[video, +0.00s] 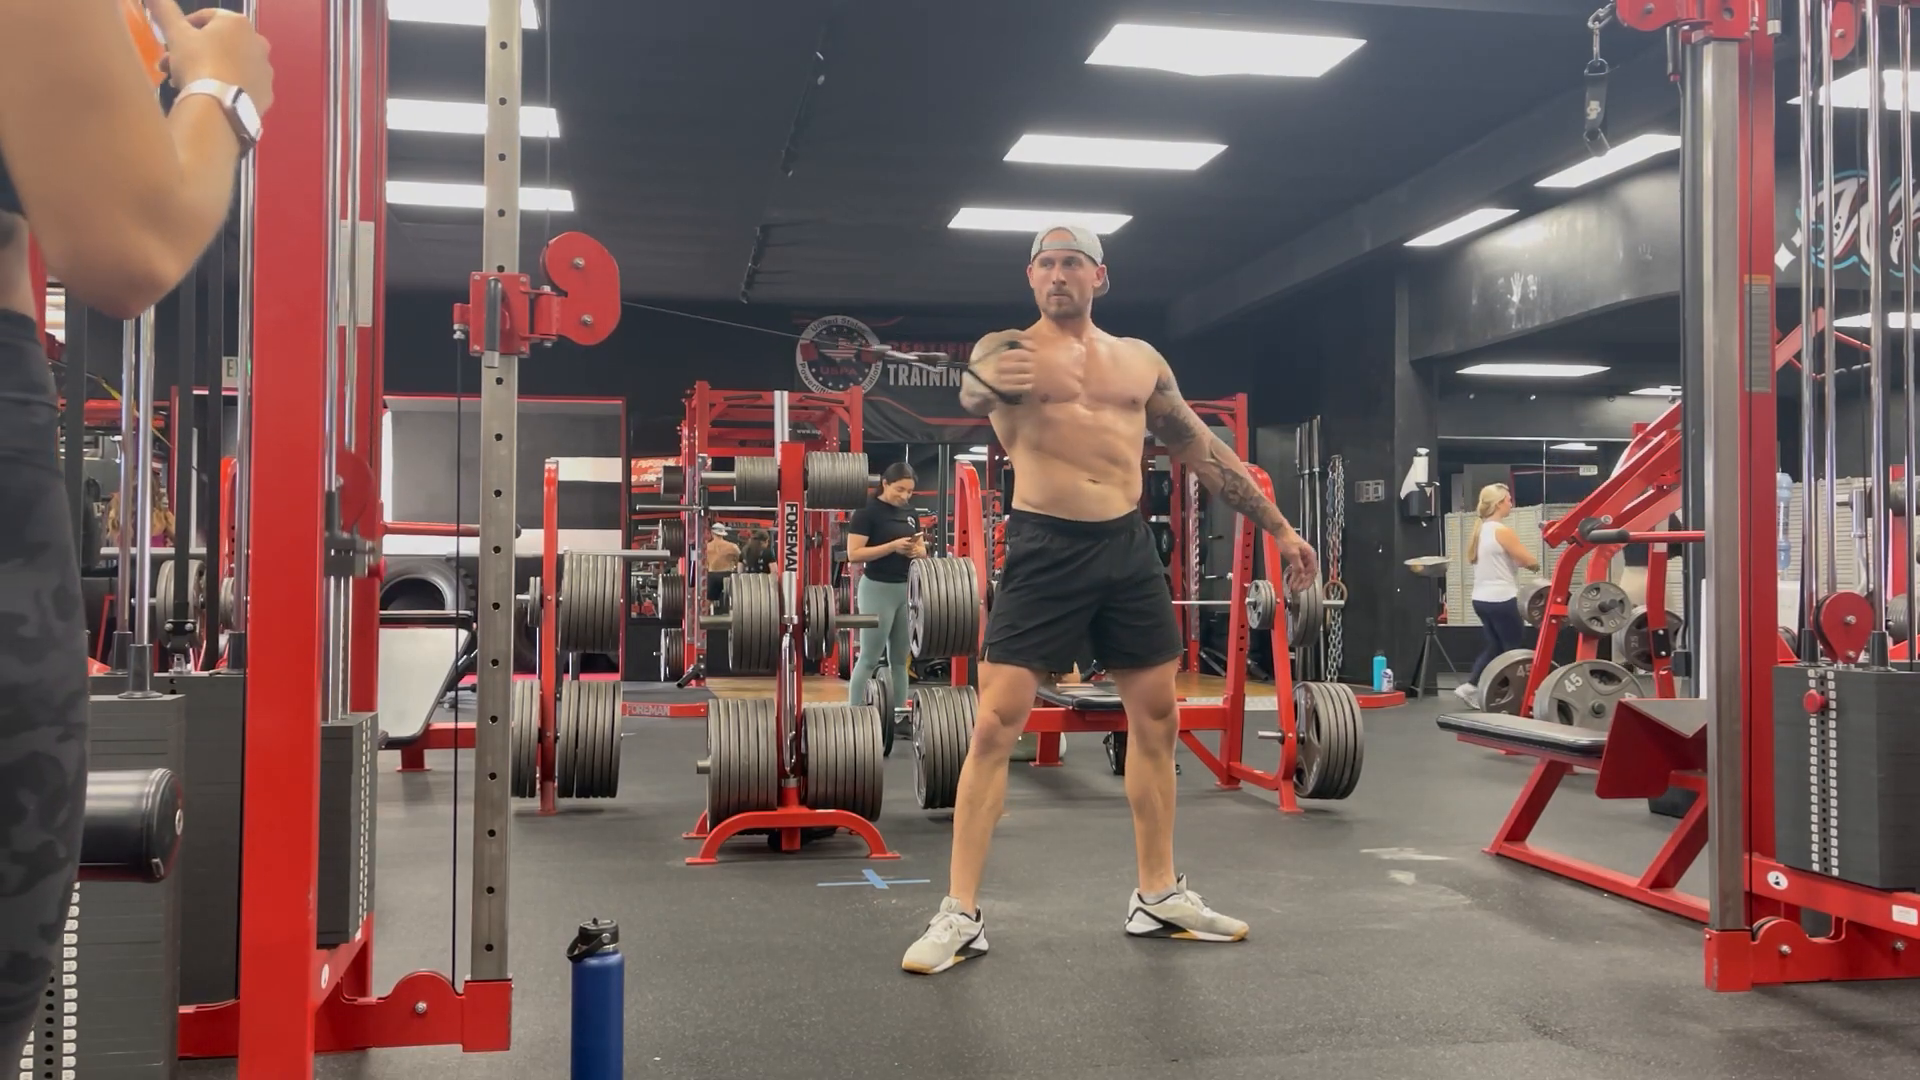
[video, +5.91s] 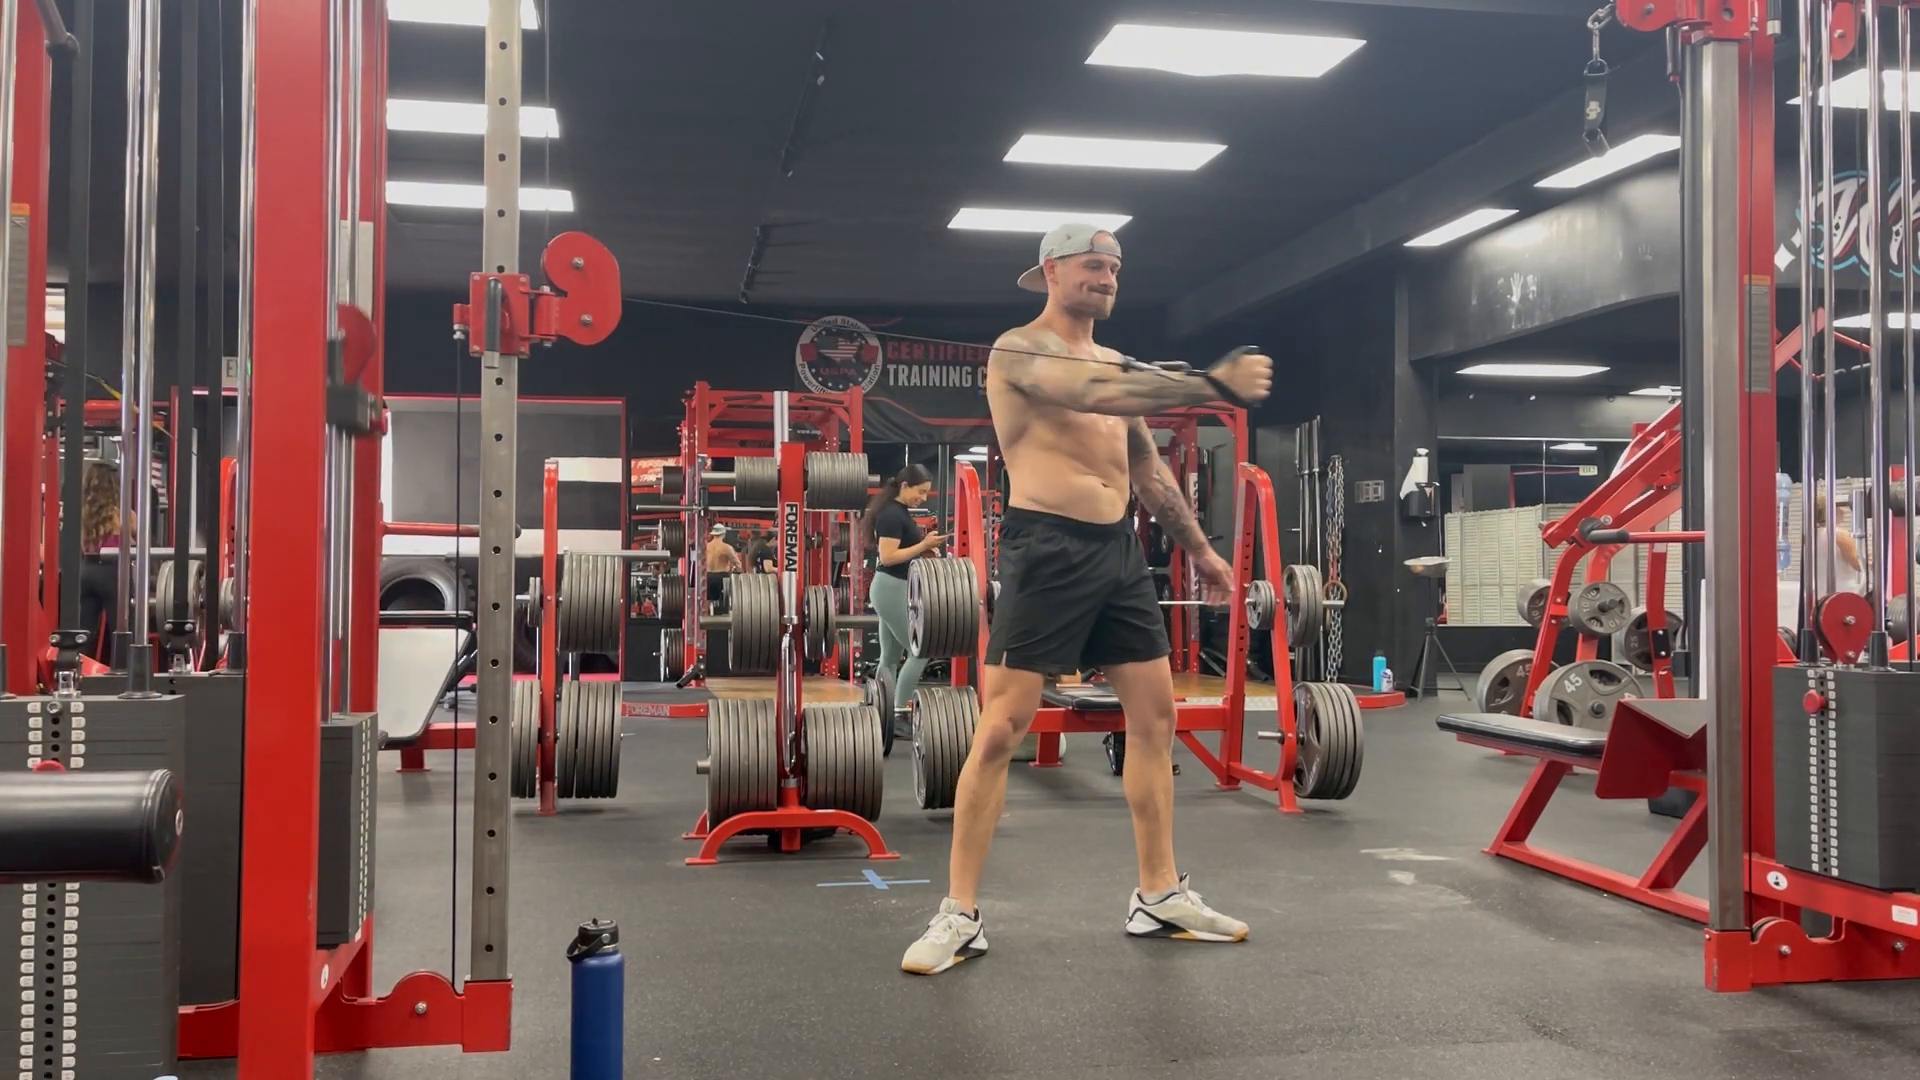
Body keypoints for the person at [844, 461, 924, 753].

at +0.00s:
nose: (905, 496)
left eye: (909, 491)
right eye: (900, 490)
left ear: (912, 490)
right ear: (885, 484)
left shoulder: (909, 514)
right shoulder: (867, 513)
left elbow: (921, 551)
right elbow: (853, 553)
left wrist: (919, 549)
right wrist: (892, 547)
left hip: (904, 591)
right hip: (876, 590)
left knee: (900, 660)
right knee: (869, 658)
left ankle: (900, 717)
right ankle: (854, 716)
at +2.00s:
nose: (898, 497)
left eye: (901, 493)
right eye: (894, 491)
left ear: (903, 491)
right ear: (879, 485)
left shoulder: (895, 515)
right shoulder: (858, 513)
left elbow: (900, 555)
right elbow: (846, 554)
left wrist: (911, 548)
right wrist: (889, 547)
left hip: (898, 590)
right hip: (870, 589)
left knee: (897, 660)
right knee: (865, 657)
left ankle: (901, 715)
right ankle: (853, 716)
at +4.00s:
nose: (897, 499)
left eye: (901, 495)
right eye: (893, 493)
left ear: (904, 491)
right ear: (880, 485)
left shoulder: (897, 514)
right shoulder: (858, 513)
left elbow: (903, 551)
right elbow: (850, 554)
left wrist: (909, 549)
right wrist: (891, 546)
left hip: (898, 591)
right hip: (869, 590)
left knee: (896, 661)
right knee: (863, 659)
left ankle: (899, 720)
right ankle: (853, 720)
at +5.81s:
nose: (918, 497)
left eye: (920, 492)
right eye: (915, 490)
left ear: (901, 487)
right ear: (898, 485)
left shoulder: (895, 512)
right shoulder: (886, 513)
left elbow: (894, 550)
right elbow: (883, 557)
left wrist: (918, 548)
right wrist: (918, 545)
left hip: (893, 586)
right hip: (886, 587)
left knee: (886, 655)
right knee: (905, 654)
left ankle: (874, 711)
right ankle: (881, 710)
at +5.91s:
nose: (923, 498)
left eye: (926, 493)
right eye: (921, 492)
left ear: (907, 488)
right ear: (904, 485)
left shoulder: (899, 512)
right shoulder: (892, 513)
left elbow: (897, 551)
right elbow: (887, 557)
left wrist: (921, 550)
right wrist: (923, 546)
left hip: (893, 585)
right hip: (890, 586)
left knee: (889, 657)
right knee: (919, 650)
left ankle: (881, 713)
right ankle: (898, 712)